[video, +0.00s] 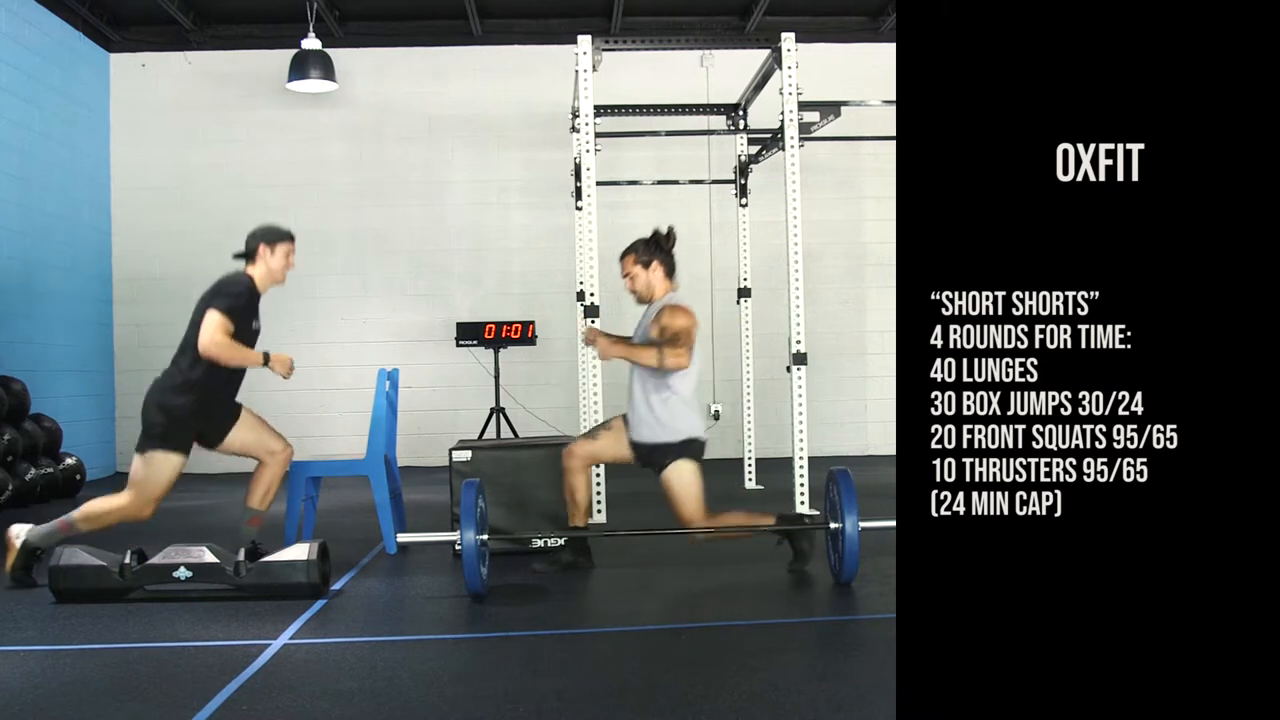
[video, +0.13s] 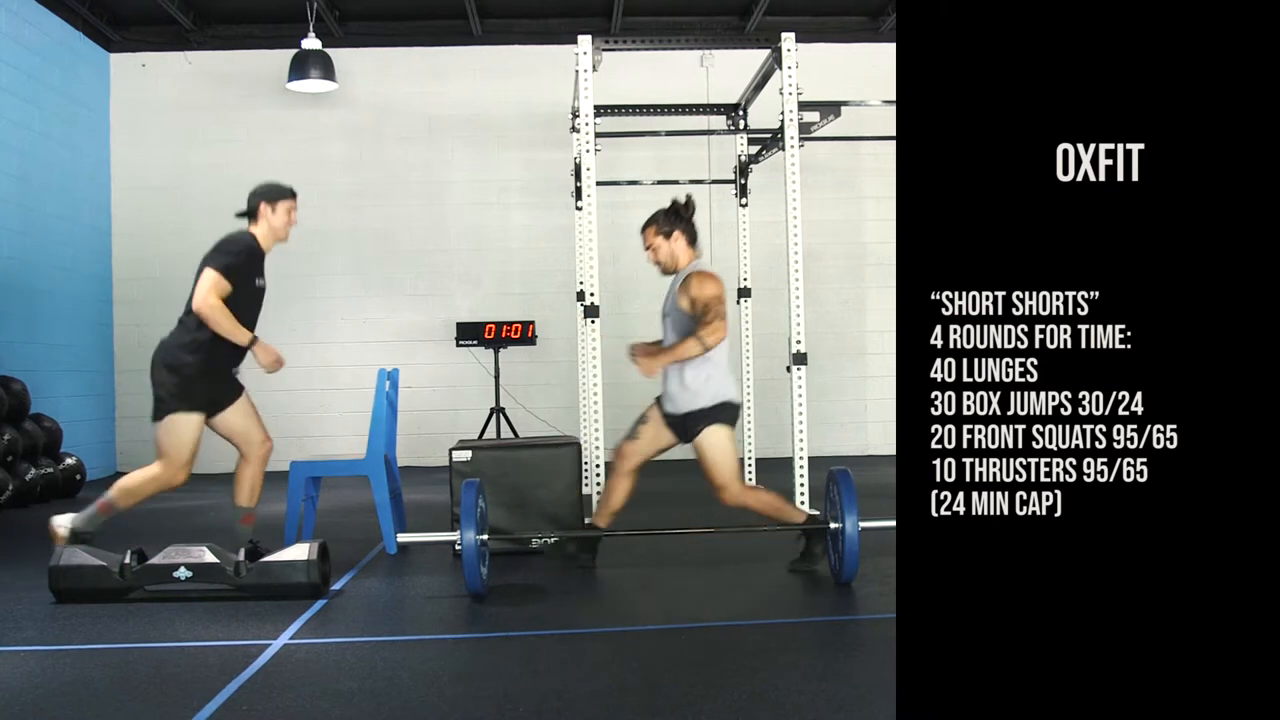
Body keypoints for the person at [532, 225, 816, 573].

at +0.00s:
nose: (626, 284)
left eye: (630, 275)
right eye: (624, 277)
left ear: (655, 269)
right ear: (652, 272)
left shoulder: (676, 314)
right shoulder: (654, 313)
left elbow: (678, 357)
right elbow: (650, 352)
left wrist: (616, 350)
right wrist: (607, 341)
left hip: (674, 438)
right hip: (642, 430)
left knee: (698, 527)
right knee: (575, 455)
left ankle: (789, 525)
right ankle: (577, 545)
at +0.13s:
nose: (650, 257)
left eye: (653, 248)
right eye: (647, 250)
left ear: (676, 240)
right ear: (673, 241)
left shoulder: (701, 282)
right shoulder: (679, 286)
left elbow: (715, 331)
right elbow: (689, 339)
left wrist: (662, 358)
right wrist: (654, 349)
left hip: (709, 404)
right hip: (677, 403)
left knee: (731, 492)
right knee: (627, 455)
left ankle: (813, 524)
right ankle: (591, 538)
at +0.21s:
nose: (664, 243)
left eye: (666, 234)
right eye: (661, 236)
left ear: (690, 225)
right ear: (689, 227)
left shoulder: (716, 267)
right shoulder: (695, 272)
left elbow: (737, 318)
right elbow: (713, 329)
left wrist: (697, 365)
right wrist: (683, 356)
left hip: (727, 389)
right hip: (699, 390)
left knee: (751, 476)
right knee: (649, 447)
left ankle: (820, 526)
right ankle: (625, 532)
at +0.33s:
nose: (677, 233)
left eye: (679, 224)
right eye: (675, 226)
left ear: (704, 214)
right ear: (702, 216)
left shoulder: (729, 256)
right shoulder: (713, 260)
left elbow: (763, 303)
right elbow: (734, 320)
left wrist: (746, 369)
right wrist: (714, 371)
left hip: (744, 384)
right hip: (716, 382)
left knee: (769, 467)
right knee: (673, 440)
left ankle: (828, 534)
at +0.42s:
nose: (682, 228)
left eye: (684, 219)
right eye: (680, 222)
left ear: (709, 210)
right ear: (707, 212)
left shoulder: (734, 253)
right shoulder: (718, 256)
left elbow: (772, 299)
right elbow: (736, 320)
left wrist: (763, 366)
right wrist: (719, 372)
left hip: (747, 382)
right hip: (722, 382)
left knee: (775, 463)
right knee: (695, 446)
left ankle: (829, 533)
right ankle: (752, 521)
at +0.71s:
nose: (672, 226)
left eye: (674, 217)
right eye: (671, 218)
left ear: (696, 210)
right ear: (699, 211)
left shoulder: (716, 254)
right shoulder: (716, 252)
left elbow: (743, 308)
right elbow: (735, 312)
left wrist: (730, 369)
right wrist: (720, 369)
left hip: (735, 374)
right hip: (750, 372)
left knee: (720, 461)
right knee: (752, 454)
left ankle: (798, 514)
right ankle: (796, 528)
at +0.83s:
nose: (656, 231)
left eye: (657, 223)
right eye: (654, 224)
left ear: (678, 216)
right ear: (684, 216)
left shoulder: (697, 257)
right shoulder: (716, 253)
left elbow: (716, 311)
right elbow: (724, 319)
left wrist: (700, 371)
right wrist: (689, 352)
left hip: (718, 374)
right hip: (744, 373)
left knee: (663, 441)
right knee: (752, 454)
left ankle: (710, 519)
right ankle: (797, 534)